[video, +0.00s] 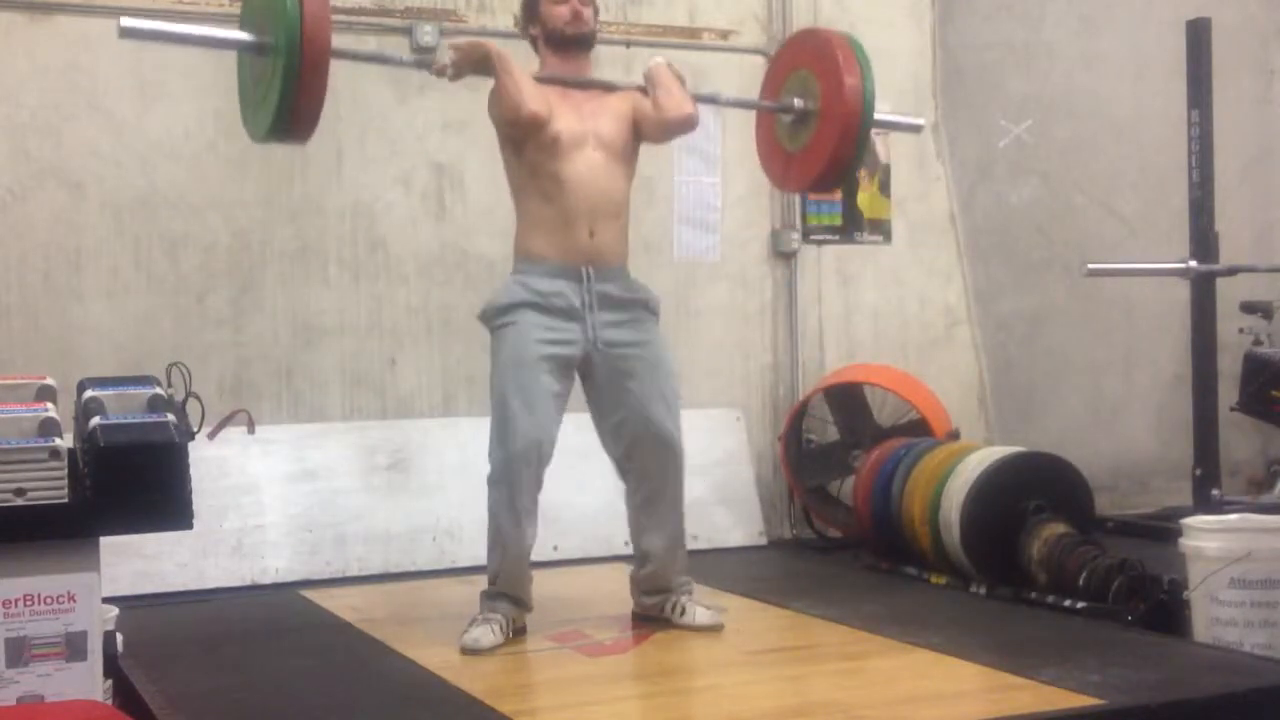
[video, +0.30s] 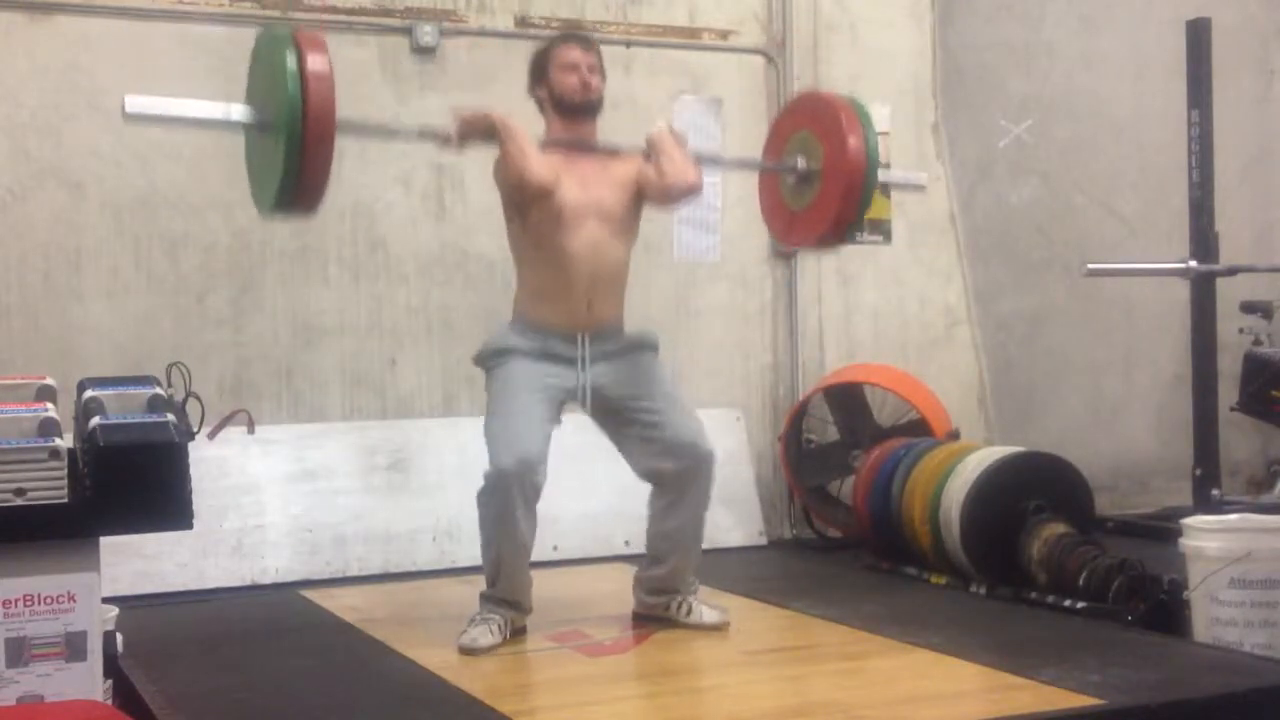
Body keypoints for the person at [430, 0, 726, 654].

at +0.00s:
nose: (578, 6)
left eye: (586, 1)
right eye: (561, 1)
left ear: (597, 23)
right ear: (535, 21)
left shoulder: (627, 102)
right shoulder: (520, 94)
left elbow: (681, 115)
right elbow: (527, 114)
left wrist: (656, 65)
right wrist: (494, 54)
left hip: (620, 300)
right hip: (537, 297)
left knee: (658, 438)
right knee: (520, 446)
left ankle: (661, 592)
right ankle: (504, 603)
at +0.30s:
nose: (585, 78)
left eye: (593, 70)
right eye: (569, 69)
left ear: (604, 87)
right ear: (542, 86)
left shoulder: (630, 165)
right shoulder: (526, 161)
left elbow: (682, 182)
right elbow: (530, 182)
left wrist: (664, 138)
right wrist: (500, 126)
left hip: (615, 352)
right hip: (533, 351)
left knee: (690, 455)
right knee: (513, 465)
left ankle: (664, 593)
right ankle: (502, 606)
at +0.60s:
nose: (597, 210)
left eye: (606, 202)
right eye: (583, 201)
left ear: (616, 217)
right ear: (554, 219)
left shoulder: (637, 295)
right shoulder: (530, 294)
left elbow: (689, 319)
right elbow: (543, 328)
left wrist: (669, 268)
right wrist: (511, 265)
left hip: (614, 457)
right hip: (538, 458)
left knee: (702, 473)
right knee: (510, 492)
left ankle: (662, 597)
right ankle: (505, 610)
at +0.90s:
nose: (603, 254)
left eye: (612, 244)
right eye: (589, 243)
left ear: (623, 257)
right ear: (558, 261)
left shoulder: (641, 343)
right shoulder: (532, 341)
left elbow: (694, 377)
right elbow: (550, 387)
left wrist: (674, 317)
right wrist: (515, 316)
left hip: (625, 511)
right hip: (550, 514)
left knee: (708, 478)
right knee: (504, 491)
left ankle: (662, 597)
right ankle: (504, 612)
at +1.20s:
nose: (609, 171)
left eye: (617, 161)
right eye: (594, 161)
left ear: (627, 174)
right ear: (564, 177)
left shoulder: (643, 261)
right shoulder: (536, 256)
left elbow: (693, 307)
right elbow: (552, 311)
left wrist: (676, 238)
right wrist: (517, 235)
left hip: (610, 414)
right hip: (531, 414)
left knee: (684, 465)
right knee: (539, 477)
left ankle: (663, 596)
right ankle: (505, 609)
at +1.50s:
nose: (602, 96)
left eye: (610, 88)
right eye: (586, 88)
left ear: (621, 105)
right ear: (557, 106)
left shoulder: (640, 193)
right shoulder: (531, 185)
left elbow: (689, 234)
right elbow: (549, 234)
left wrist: (673, 170)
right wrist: (514, 160)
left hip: (609, 364)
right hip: (527, 363)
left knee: (680, 454)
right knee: (522, 464)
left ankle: (664, 594)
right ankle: (503, 608)